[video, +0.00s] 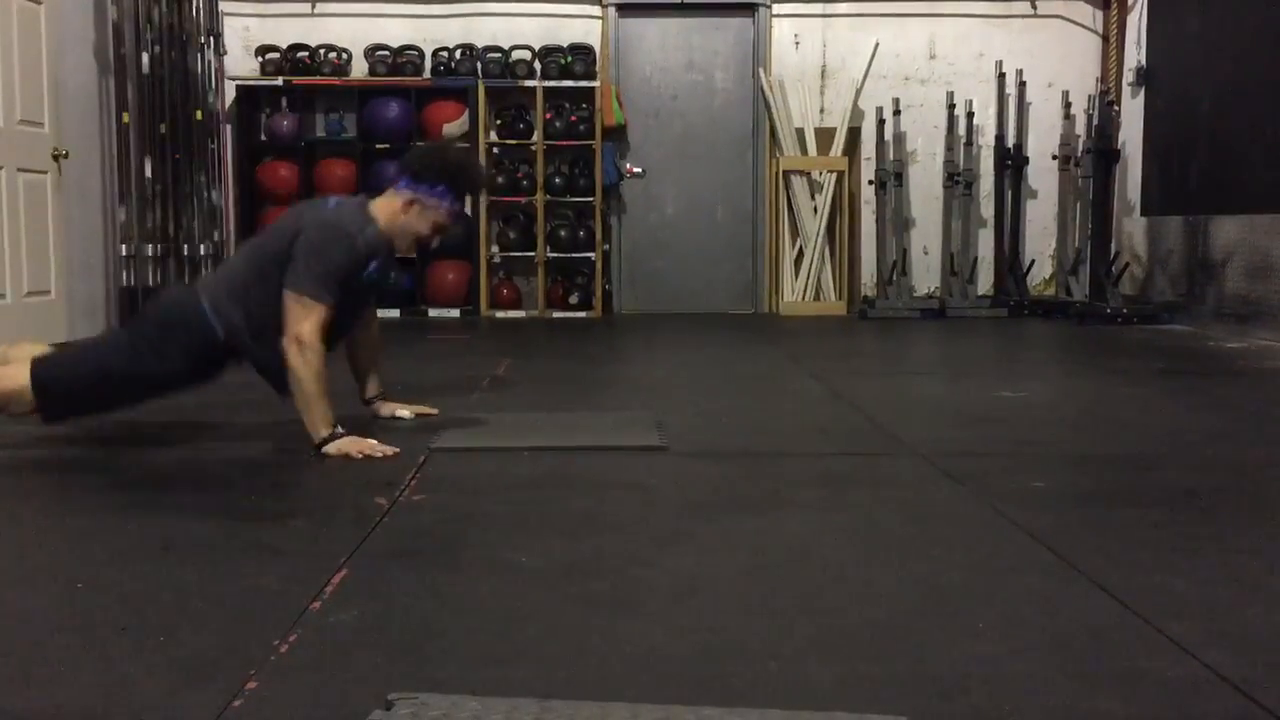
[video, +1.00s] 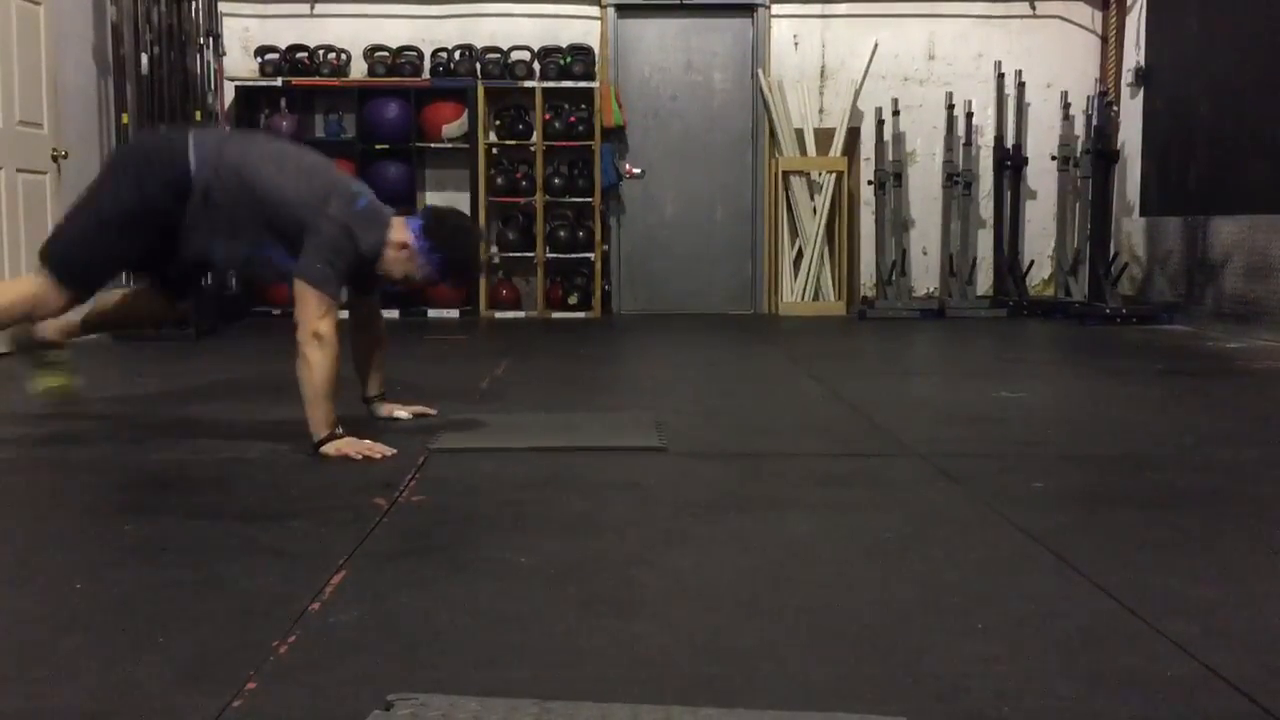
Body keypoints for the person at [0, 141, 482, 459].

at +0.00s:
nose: (437, 233)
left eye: (444, 224)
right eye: (437, 219)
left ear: (415, 201)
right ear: (408, 198)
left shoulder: (372, 242)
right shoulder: (337, 232)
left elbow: (361, 322)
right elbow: (300, 339)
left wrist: (374, 396)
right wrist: (328, 437)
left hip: (211, 328)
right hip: (194, 327)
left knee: (45, 377)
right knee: (33, 387)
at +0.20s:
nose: (457, 315)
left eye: (461, 304)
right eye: (456, 301)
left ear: (429, 288)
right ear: (427, 286)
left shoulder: (387, 325)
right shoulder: (356, 309)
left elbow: (334, 366)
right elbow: (270, 360)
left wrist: (371, 404)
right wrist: (326, 439)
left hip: (205, 393)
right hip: (187, 391)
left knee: (63, 395)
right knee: (20, 414)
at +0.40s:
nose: (474, 406)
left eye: (482, 398)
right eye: (478, 393)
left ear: (460, 370)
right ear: (459, 371)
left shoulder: (407, 373)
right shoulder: (394, 363)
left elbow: (320, 352)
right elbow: (293, 352)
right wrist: (326, 437)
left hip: (214, 391)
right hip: (202, 395)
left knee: (73, 396)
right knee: (24, 416)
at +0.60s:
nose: (473, 323)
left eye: (478, 312)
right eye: (472, 310)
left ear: (446, 294)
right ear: (443, 294)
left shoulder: (405, 322)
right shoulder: (383, 318)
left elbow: (329, 359)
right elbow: (287, 354)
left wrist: (377, 403)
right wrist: (326, 439)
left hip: (225, 386)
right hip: (208, 393)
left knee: (85, 394)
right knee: (31, 421)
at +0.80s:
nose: (435, 257)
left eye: (443, 249)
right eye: (439, 245)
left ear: (416, 220)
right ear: (416, 221)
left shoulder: (364, 251)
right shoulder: (336, 241)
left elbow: (363, 326)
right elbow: (305, 337)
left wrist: (373, 396)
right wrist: (326, 437)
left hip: (189, 330)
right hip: (175, 332)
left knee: (65, 368)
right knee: (33, 397)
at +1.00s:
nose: (409, 284)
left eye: (419, 281)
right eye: (418, 275)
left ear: (416, 237)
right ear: (413, 242)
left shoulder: (373, 228)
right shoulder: (339, 223)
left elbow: (365, 316)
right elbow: (314, 331)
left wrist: (375, 395)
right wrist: (326, 436)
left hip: (200, 207)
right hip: (163, 169)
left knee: (160, 302)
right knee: (51, 290)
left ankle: (56, 329)